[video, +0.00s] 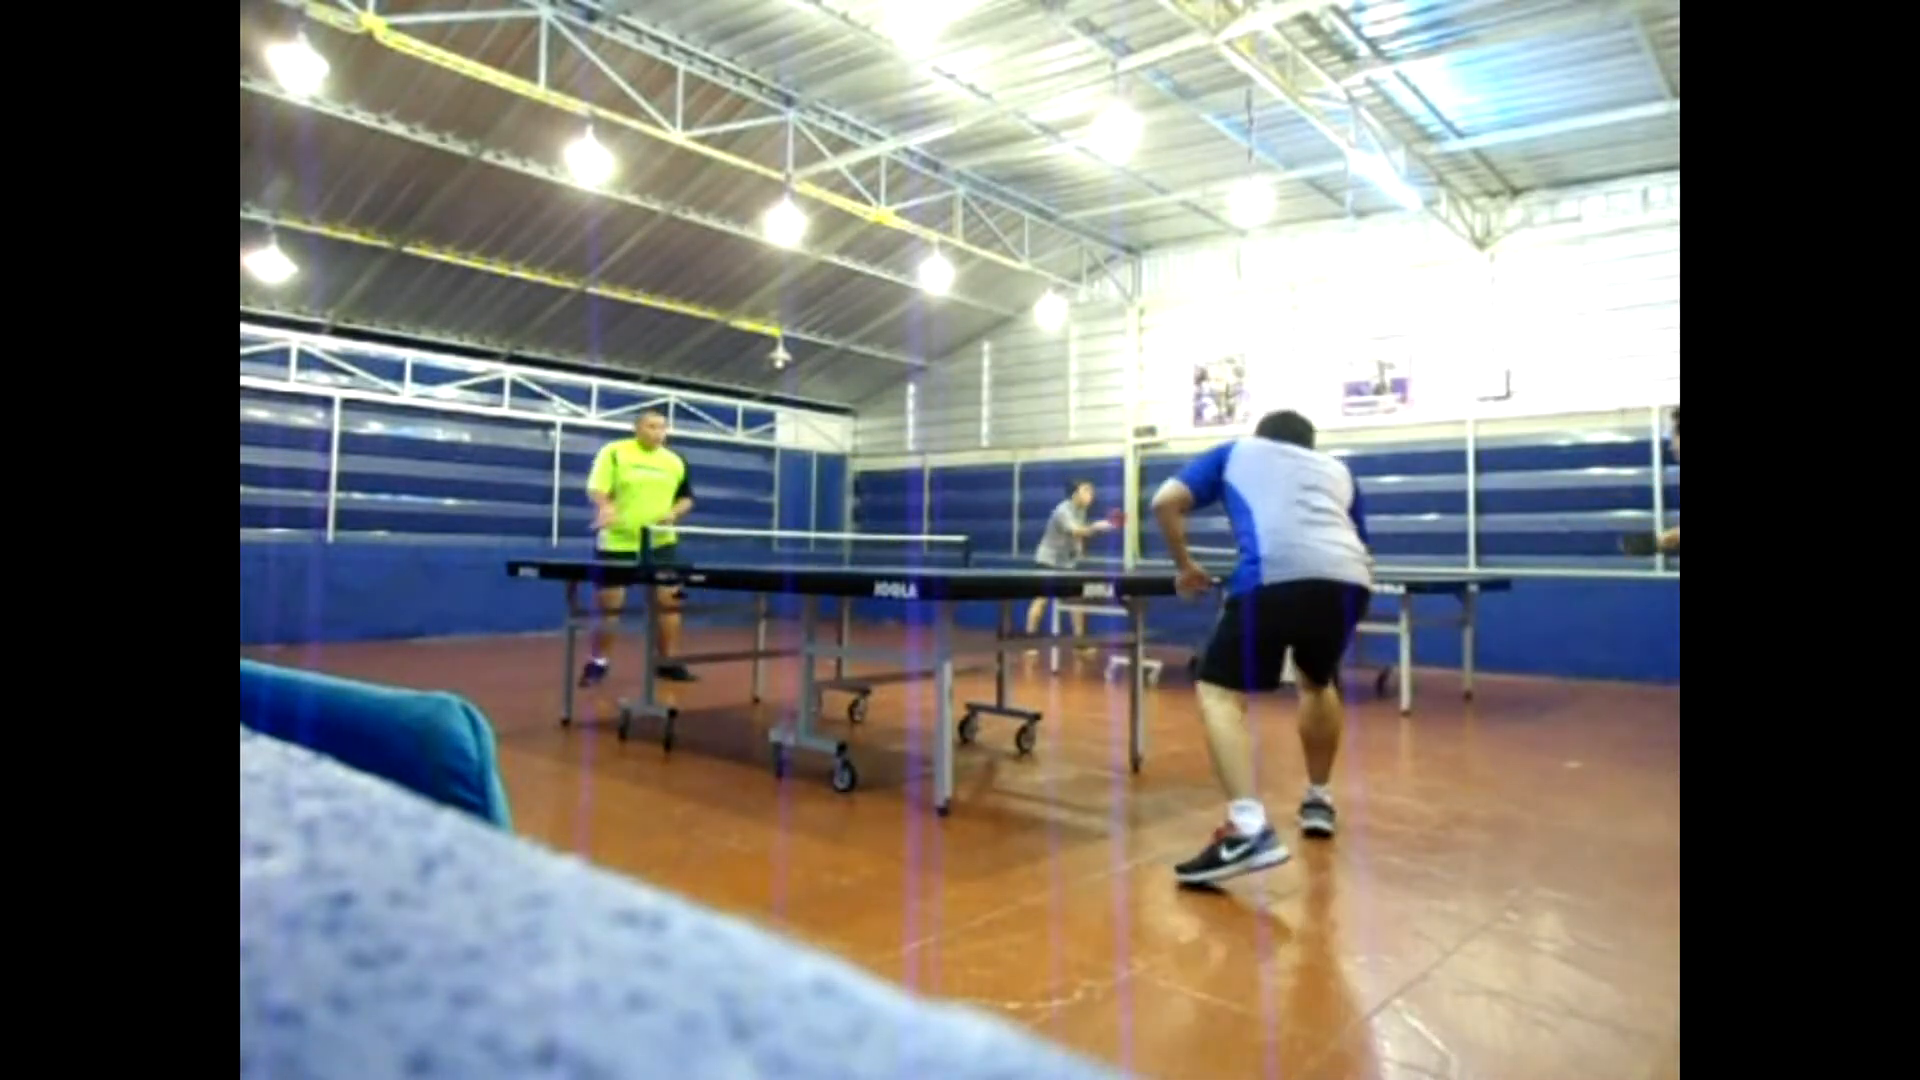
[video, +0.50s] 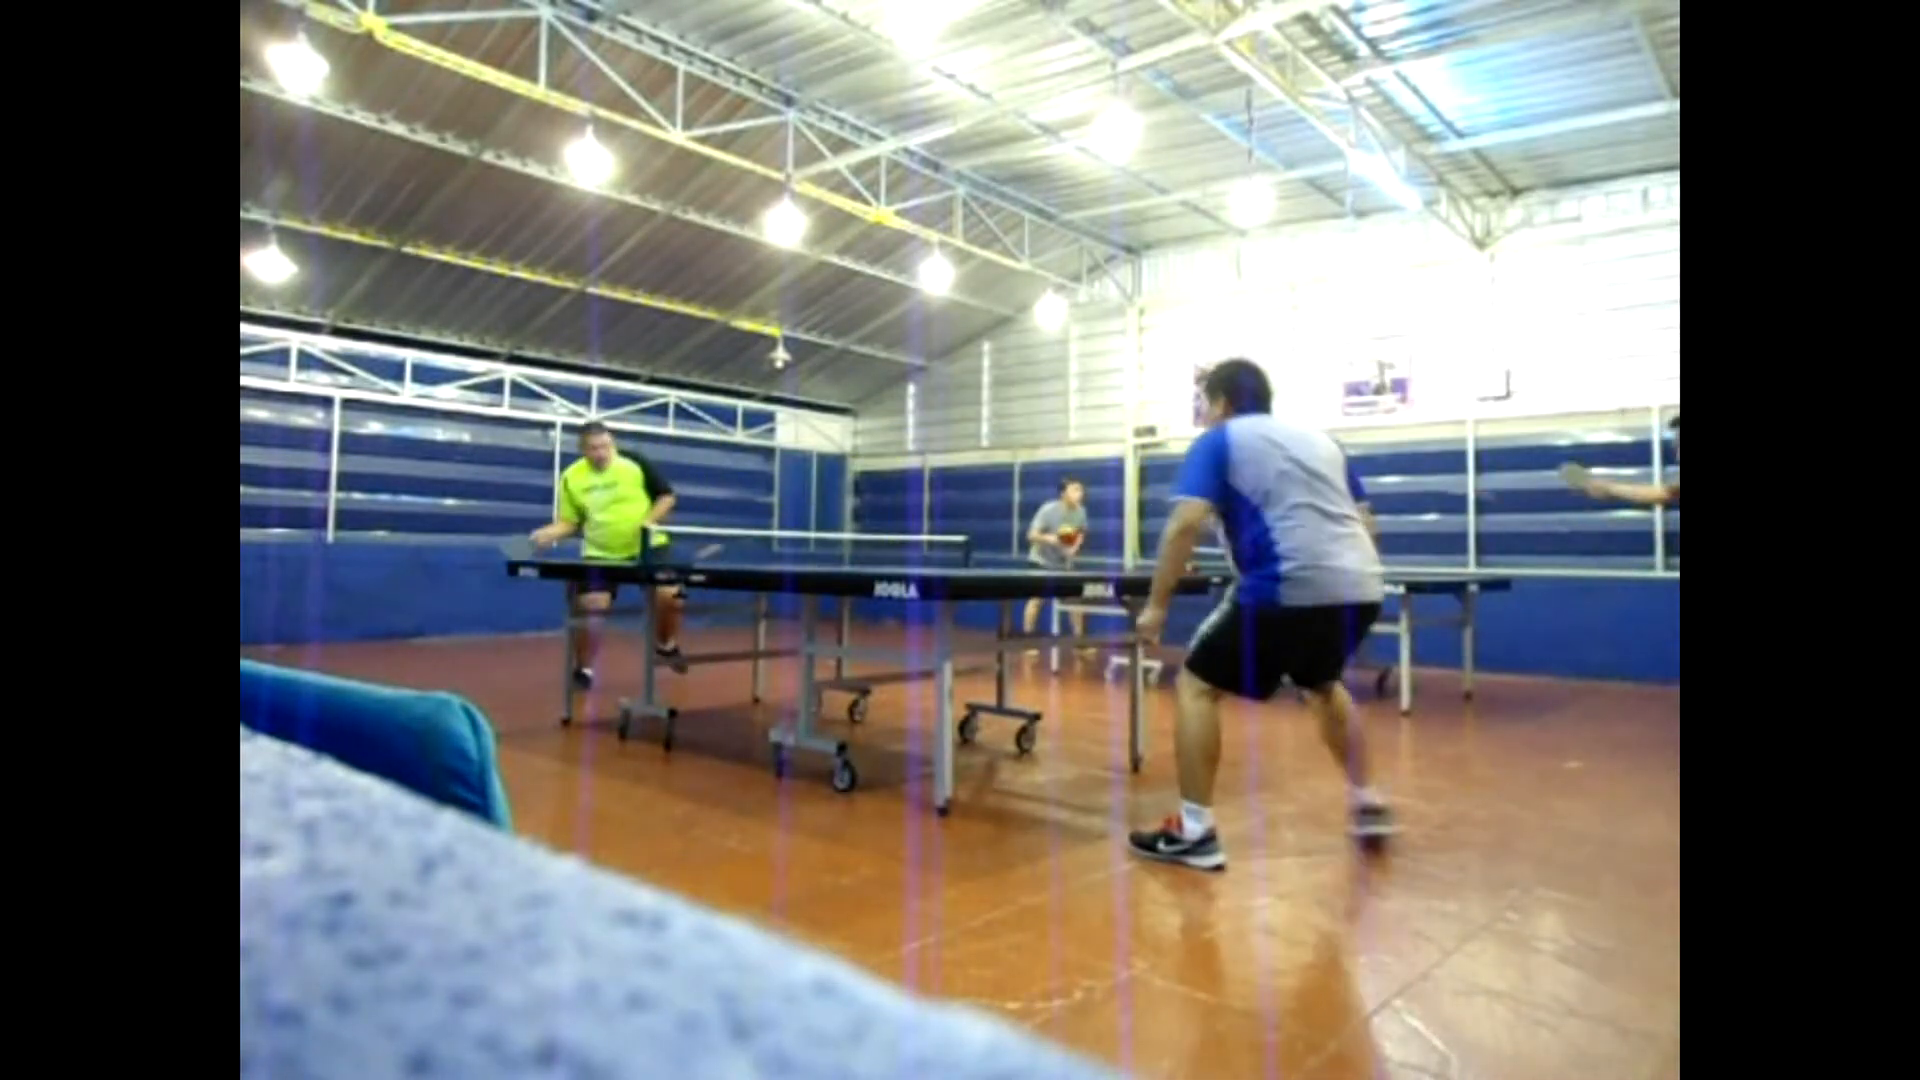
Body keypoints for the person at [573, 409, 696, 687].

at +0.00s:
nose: (656, 433)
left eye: (661, 427)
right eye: (651, 426)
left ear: (666, 430)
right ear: (637, 427)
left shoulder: (675, 462)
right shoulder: (613, 453)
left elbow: (686, 497)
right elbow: (597, 487)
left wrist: (673, 513)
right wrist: (606, 509)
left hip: (661, 540)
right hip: (619, 540)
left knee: (669, 600)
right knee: (610, 603)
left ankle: (668, 659)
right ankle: (599, 660)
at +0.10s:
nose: (649, 433)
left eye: (653, 427)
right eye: (643, 427)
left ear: (658, 430)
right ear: (630, 429)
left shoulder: (674, 460)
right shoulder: (608, 456)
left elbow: (687, 498)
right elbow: (592, 495)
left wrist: (664, 511)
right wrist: (587, 522)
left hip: (661, 538)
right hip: (619, 537)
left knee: (668, 599)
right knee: (603, 598)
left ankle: (668, 658)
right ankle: (591, 657)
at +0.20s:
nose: (638, 437)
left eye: (641, 431)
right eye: (631, 431)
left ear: (648, 433)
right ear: (619, 433)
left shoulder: (666, 464)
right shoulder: (599, 463)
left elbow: (682, 500)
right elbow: (583, 506)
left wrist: (658, 515)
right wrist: (569, 545)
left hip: (658, 543)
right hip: (614, 544)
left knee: (669, 601)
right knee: (601, 601)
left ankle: (668, 658)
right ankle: (582, 663)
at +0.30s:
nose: (622, 442)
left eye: (626, 435)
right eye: (615, 436)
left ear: (632, 436)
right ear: (603, 438)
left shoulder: (651, 465)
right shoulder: (586, 470)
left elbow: (672, 501)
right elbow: (575, 513)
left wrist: (649, 519)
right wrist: (561, 544)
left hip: (651, 550)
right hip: (606, 551)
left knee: (669, 600)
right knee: (597, 606)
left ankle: (667, 659)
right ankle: (583, 666)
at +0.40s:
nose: (606, 447)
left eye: (610, 440)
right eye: (599, 441)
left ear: (618, 438)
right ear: (589, 442)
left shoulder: (641, 464)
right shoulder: (576, 474)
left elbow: (667, 498)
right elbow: (571, 518)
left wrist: (645, 521)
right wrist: (551, 543)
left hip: (646, 549)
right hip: (601, 551)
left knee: (669, 600)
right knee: (594, 605)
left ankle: (670, 655)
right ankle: (585, 666)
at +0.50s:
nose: (600, 454)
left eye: (603, 447)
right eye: (593, 448)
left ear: (612, 444)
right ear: (583, 449)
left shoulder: (635, 464)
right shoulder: (572, 478)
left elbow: (666, 496)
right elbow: (569, 520)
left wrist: (649, 521)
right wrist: (549, 534)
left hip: (644, 546)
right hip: (600, 552)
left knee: (669, 594)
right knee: (593, 605)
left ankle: (667, 644)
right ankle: (585, 667)